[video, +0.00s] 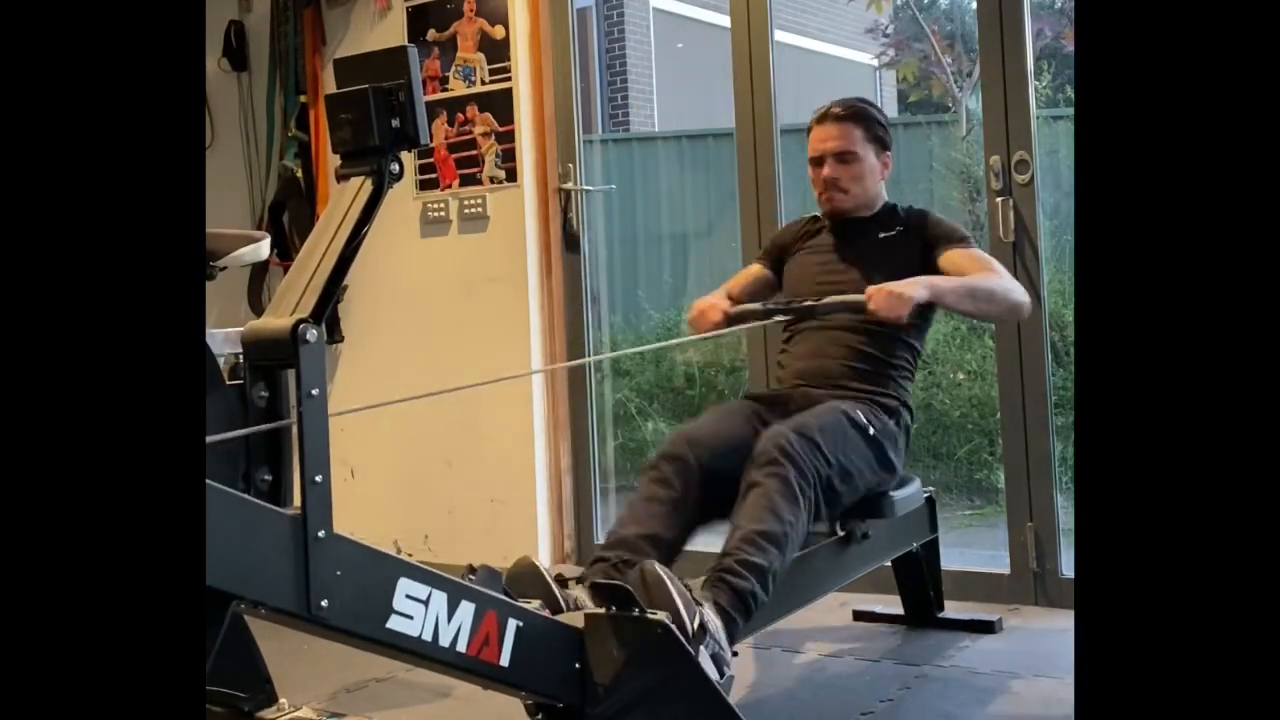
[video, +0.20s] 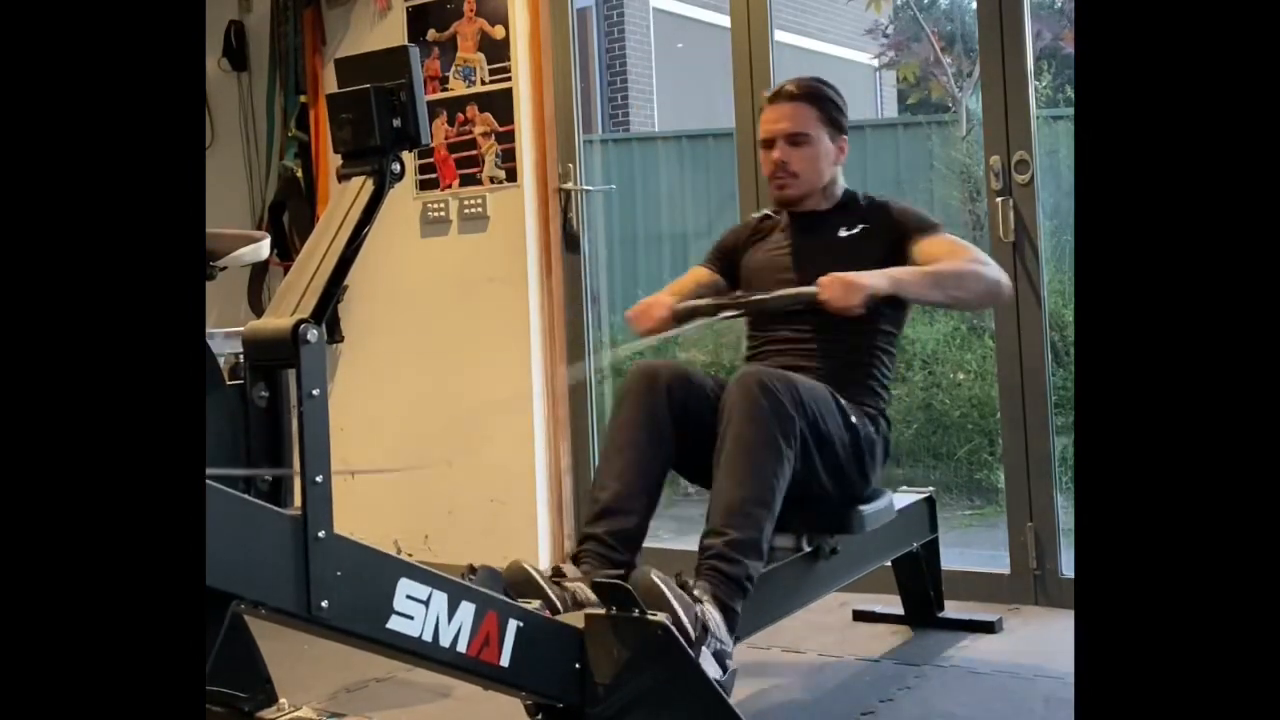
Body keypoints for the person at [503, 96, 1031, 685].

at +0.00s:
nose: (826, 172)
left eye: (842, 158)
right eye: (817, 160)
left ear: (884, 162)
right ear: (810, 167)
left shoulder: (919, 232)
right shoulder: (797, 239)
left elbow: (1013, 298)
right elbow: (725, 298)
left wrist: (925, 287)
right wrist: (711, 307)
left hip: (864, 411)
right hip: (772, 407)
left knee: (782, 456)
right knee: (682, 454)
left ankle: (716, 622)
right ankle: (598, 592)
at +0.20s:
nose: (778, 158)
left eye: (796, 142)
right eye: (768, 146)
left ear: (839, 148)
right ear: (759, 156)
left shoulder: (886, 223)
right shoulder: (750, 238)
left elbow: (991, 282)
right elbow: (685, 292)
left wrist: (884, 282)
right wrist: (662, 304)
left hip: (845, 452)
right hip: (749, 440)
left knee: (759, 384)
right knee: (653, 381)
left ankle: (712, 617)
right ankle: (594, 577)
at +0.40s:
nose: (702, 137)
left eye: (725, 120)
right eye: (694, 122)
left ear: (774, 132)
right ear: (685, 131)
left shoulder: (808, 200)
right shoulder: (673, 218)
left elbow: (829, 246)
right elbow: (584, 273)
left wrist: (732, 278)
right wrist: (510, 314)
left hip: (794, 472)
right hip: (700, 463)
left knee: (728, 333)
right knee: (599, 344)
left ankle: (705, 589)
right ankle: (581, 567)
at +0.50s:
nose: (658, 137)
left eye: (681, 119)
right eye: (649, 122)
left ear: (734, 132)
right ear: (639, 132)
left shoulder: (776, 204)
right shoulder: (635, 222)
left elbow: (752, 260)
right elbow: (536, 279)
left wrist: (656, 301)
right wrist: (437, 327)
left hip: (772, 475)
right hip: (679, 475)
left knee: (709, 320)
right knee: (570, 337)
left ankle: (699, 576)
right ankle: (575, 564)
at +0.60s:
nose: (626, 140)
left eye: (651, 122)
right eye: (618, 125)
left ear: (707, 134)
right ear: (609, 133)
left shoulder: (750, 205)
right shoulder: (606, 226)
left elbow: (722, 262)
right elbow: (501, 286)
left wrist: (629, 312)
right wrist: (391, 340)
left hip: (758, 482)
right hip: (655, 479)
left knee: (703, 316)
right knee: (563, 308)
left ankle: (696, 572)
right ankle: (573, 558)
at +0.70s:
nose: (624, 142)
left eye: (649, 125)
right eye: (617, 127)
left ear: (705, 137)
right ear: (608, 134)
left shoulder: (751, 206)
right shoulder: (605, 227)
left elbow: (722, 265)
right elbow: (502, 286)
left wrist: (633, 318)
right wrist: (391, 340)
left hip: (757, 481)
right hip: (655, 478)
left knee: (700, 318)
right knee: (565, 308)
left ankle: (694, 571)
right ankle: (575, 556)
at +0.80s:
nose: (660, 136)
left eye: (683, 118)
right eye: (651, 121)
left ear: (736, 133)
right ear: (643, 132)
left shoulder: (777, 203)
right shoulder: (634, 220)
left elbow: (760, 272)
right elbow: (541, 280)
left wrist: (680, 318)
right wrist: (443, 332)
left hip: (771, 467)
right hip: (677, 465)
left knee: (713, 334)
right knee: (580, 315)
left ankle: (697, 575)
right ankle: (575, 562)